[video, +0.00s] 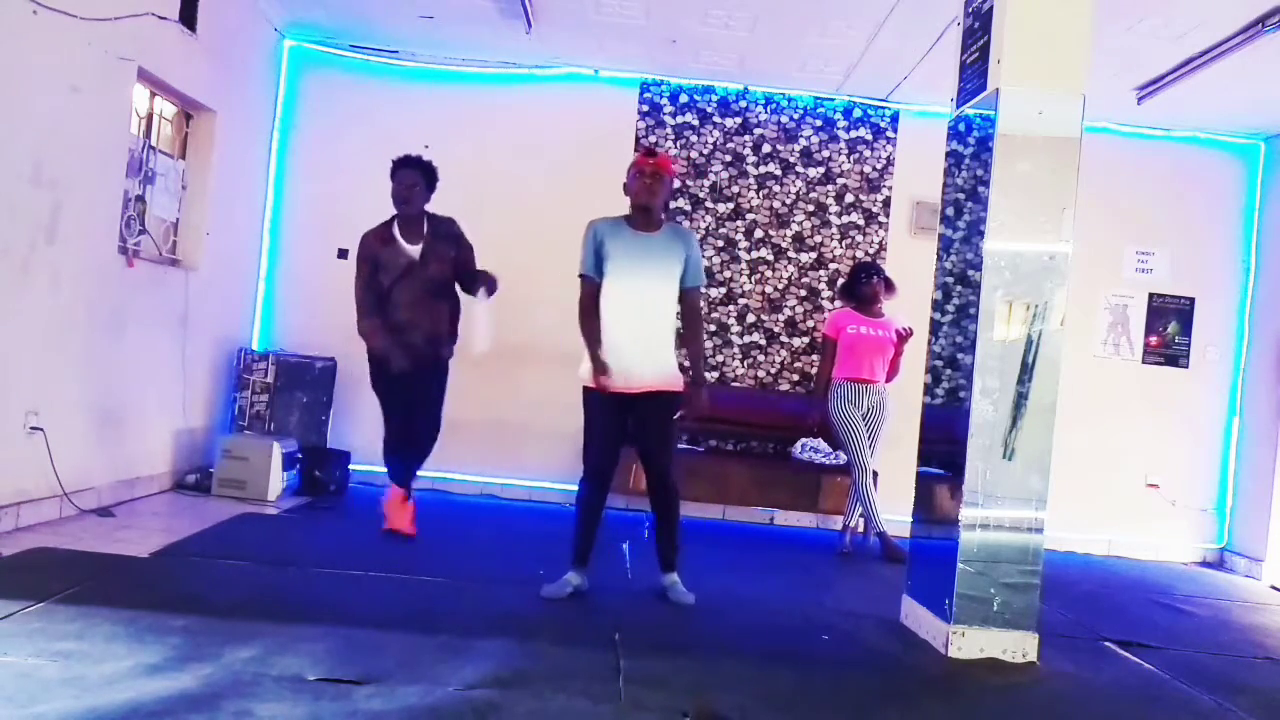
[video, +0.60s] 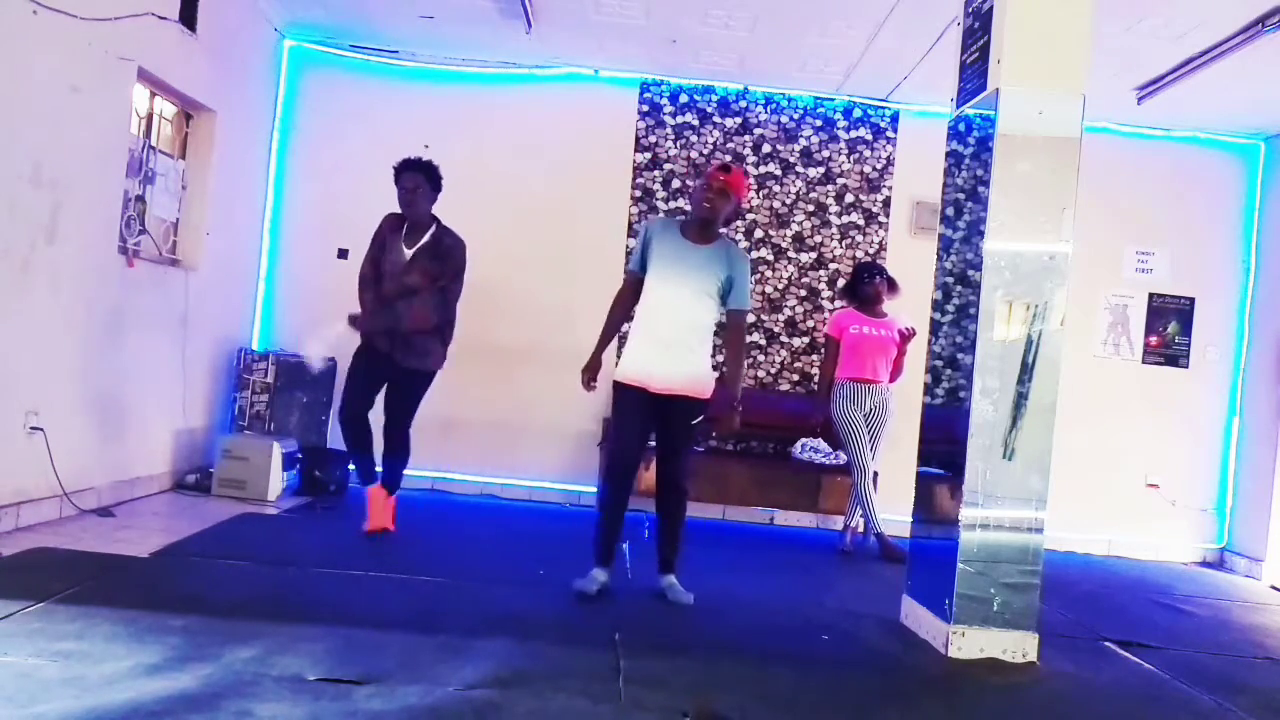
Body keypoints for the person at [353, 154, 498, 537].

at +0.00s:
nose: (403, 193)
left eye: (412, 187)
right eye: (398, 186)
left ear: (428, 191)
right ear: (391, 190)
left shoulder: (449, 232)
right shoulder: (373, 241)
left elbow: (466, 278)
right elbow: (365, 305)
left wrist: (482, 283)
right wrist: (384, 348)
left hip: (433, 352)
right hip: (390, 352)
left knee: (427, 426)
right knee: (398, 423)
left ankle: (397, 491)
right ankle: (403, 499)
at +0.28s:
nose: (417, 188)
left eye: (426, 181)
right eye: (412, 180)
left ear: (440, 189)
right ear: (402, 184)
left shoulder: (452, 239)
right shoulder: (378, 228)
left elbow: (467, 298)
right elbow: (362, 289)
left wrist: (496, 315)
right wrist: (386, 336)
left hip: (430, 353)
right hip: (383, 347)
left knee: (423, 428)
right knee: (379, 422)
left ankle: (432, 505)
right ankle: (362, 493)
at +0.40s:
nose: (414, 192)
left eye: (423, 185)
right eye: (408, 185)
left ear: (438, 192)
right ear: (400, 189)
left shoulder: (452, 246)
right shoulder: (380, 223)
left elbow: (453, 309)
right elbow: (362, 281)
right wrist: (379, 329)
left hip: (419, 354)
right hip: (376, 348)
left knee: (413, 429)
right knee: (371, 426)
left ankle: (412, 502)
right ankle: (342, 499)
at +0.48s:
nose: (411, 195)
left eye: (420, 188)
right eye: (406, 188)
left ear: (436, 193)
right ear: (399, 191)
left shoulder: (451, 246)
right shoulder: (384, 221)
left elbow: (440, 313)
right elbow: (364, 282)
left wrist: (404, 359)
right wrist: (380, 335)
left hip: (420, 354)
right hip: (375, 346)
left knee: (405, 426)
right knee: (367, 422)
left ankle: (391, 495)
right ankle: (361, 501)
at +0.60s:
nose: (406, 196)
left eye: (414, 190)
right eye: (401, 190)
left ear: (433, 194)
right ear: (397, 193)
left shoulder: (451, 246)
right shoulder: (389, 227)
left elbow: (441, 307)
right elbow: (367, 277)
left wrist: (381, 320)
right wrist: (374, 321)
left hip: (419, 353)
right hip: (377, 343)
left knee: (396, 421)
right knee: (351, 412)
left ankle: (388, 499)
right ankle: (372, 488)